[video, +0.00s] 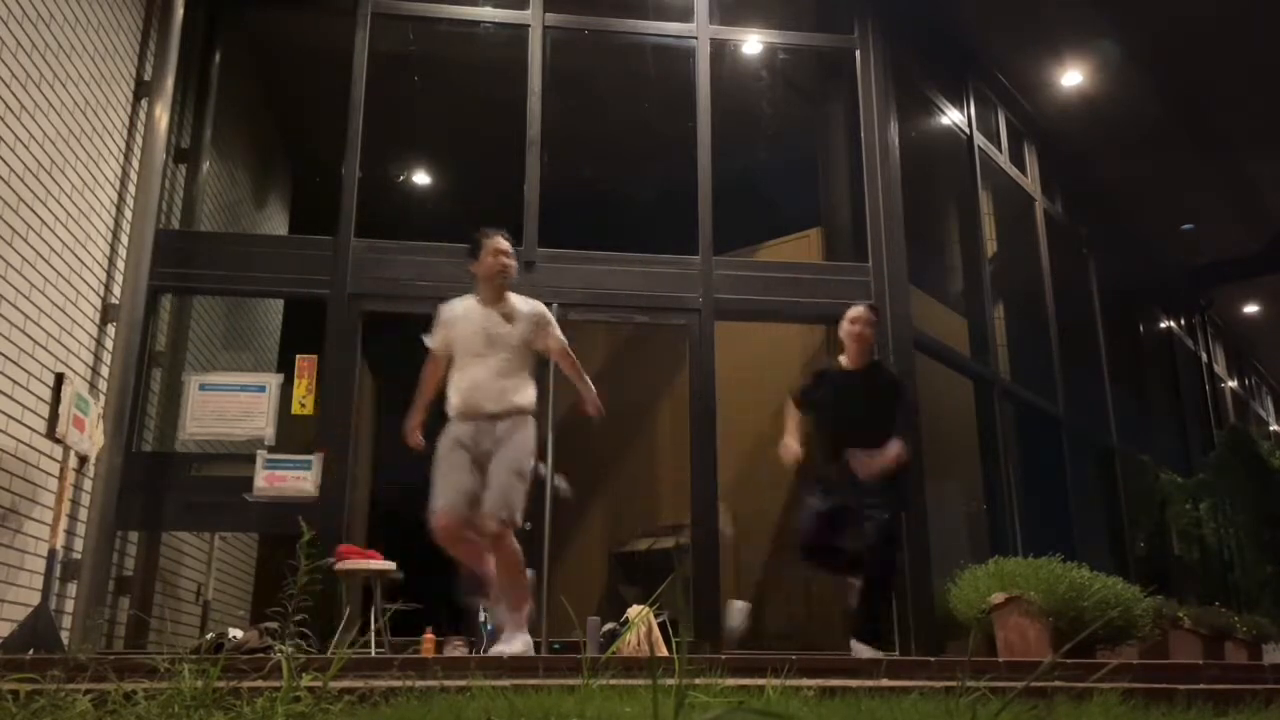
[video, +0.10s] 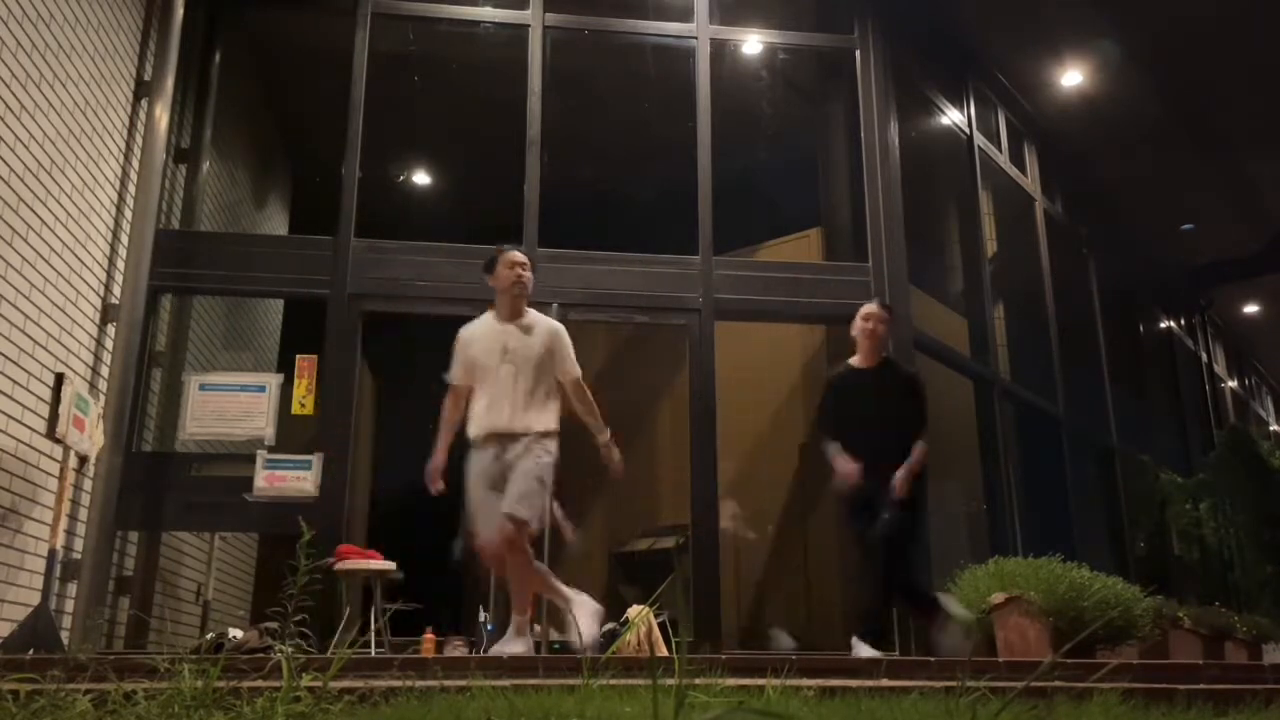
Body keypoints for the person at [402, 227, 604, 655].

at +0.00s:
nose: (505, 260)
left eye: (510, 254)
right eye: (495, 253)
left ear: (516, 266)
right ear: (475, 265)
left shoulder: (532, 313)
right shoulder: (452, 313)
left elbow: (563, 355)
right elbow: (435, 366)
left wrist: (587, 390)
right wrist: (416, 416)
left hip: (514, 425)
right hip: (462, 426)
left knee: (495, 526)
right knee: (446, 523)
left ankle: (516, 632)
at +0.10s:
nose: (522, 273)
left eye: (526, 268)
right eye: (512, 267)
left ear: (532, 280)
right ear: (492, 278)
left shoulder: (551, 331)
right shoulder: (471, 335)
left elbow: (576, 390)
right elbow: (456, 397)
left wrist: (604, 437)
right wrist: (440, 453)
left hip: (536, 442)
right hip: (484, 445)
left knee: (515, 532)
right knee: (489, 543)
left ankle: (519, 633)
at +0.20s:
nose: (531, 281)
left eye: (535, 275)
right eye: (521, 276)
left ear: (542, 286)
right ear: (502, 288)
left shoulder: (563, 331)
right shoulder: (489, 344)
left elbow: (586, 385)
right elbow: (464, 391)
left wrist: (586, 422)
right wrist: (449, 412)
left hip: (564, 439)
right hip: (514, 447)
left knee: (528, 521)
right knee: (544, 547)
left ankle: (530, 624)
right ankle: (604, 624)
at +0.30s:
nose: (532, 273)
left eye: (538, 267)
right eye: (523, 268)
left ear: (548, 276)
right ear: (509, 280)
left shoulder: (570, 315)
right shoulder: (500, 334)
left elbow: (599, 361)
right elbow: (457, 379)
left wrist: (562, 331)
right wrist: (455, 339)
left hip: (575, 426)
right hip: (531, 435)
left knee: (540, 490)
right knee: (561, 537)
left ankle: (558, 599)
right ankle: (609, 626)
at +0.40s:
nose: (535, 255)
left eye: (540, 247)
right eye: (526, 250)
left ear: (552, 254)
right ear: (514, 261)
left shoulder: (572, 289)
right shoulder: (508, 311)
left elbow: (593, 331)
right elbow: (473, 355)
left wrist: (554, 295)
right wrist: (462, 318)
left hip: (576, 408)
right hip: (535, 417)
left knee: (551, 488)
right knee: (538, 519)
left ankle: (594, 583)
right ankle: (587, 604)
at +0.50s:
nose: (529, 256)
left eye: (535, 247)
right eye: (522, 250)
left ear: (550, 252)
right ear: (512, 260)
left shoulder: (570, 285)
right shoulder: (514, 308)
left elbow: (585, 327)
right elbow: (488, 362)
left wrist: (541, 294)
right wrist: (463, 336)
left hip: (582, 406)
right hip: (543, 416)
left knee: (576, 507)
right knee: (511, 506)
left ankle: (633, 601)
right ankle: (565, 599)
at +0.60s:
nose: (524, 278)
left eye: (531, 270)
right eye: (516, 272)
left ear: (547, 273)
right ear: (509, 281)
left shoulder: (568, 304)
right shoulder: (518, 333)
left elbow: (583, 349)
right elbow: (498, 388)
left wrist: (534, 331)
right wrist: (465, 390)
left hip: (586, 425)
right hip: (548, 434)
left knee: (605, 534)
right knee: (491, 509)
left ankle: (660, 625)